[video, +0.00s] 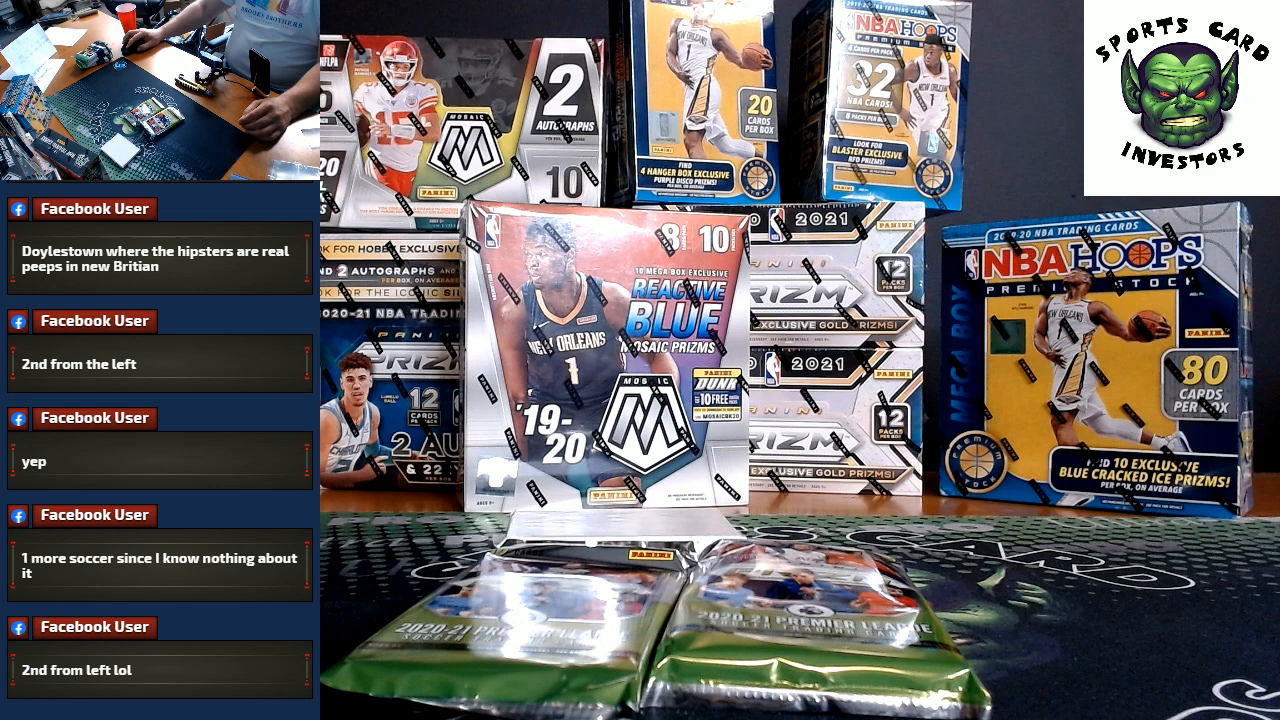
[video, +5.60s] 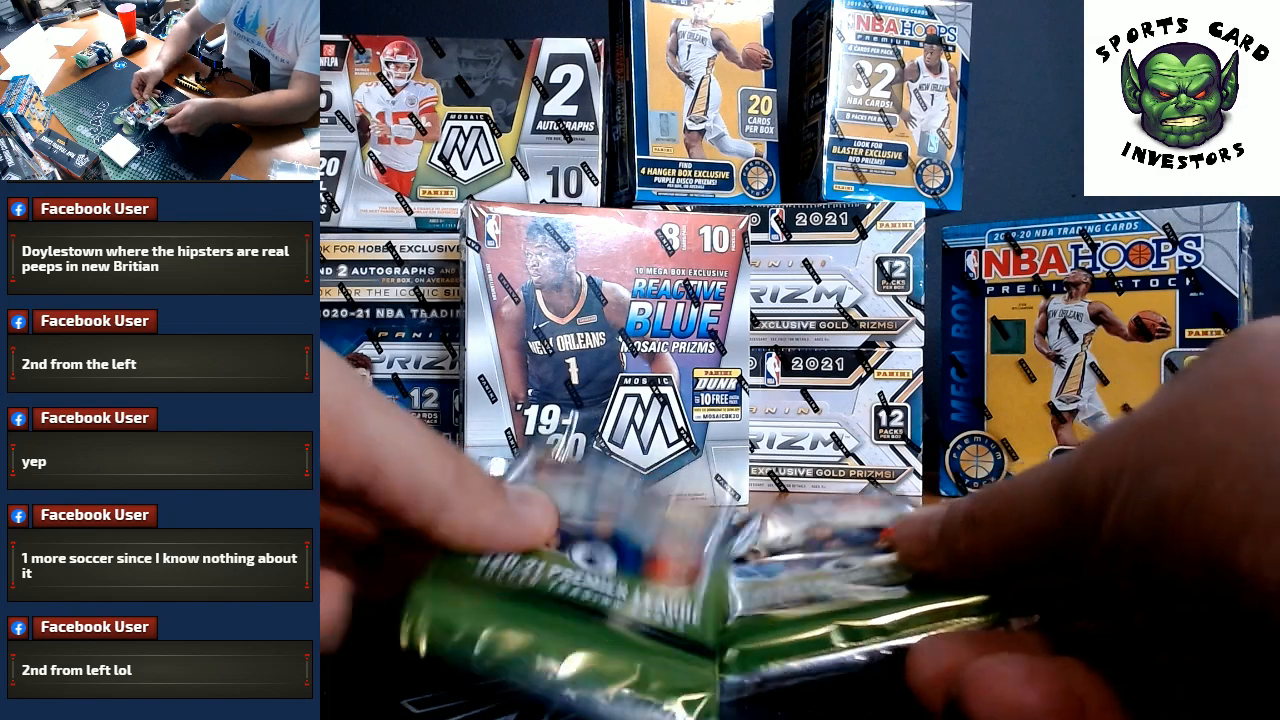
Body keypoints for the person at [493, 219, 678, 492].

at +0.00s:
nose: (532, 263)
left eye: (542, 254)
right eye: (529, 255)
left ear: (570, 256)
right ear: (524, 259)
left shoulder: (612, 299)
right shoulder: (514, 312)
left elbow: (658, 357)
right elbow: (518, 399)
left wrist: (663, 419)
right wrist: (524, 461)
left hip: (610, 419)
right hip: (550, 424)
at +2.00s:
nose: (532, 263)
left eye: (542, 254)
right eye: (529, 255)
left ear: (570, 256)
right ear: (524, 258)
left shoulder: (611, 299)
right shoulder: (514, 312)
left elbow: (657, 357)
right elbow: (518, 398)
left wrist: (663, 414)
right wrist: (524, 460)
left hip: (610, 424)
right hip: (549, 428)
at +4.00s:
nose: (532, 263)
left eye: (542, 254)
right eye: (529, 255)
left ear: (570, 255)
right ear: (525, 259)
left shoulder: (611, 299)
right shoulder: (513, 313)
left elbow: (658, 357)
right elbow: (518, 398)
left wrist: (662, 413)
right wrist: (524, 460)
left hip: (610, 422)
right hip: (549, 427)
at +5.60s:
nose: (532, 262)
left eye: (543, 253)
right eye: (529, 254)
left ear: (569, 255)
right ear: (524, 257)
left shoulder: (612, 299)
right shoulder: (514, 312)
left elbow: (658, 358)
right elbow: (517, 395)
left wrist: (663, 418)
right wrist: (524, 454)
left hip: (609, 427)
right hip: (547, 431)